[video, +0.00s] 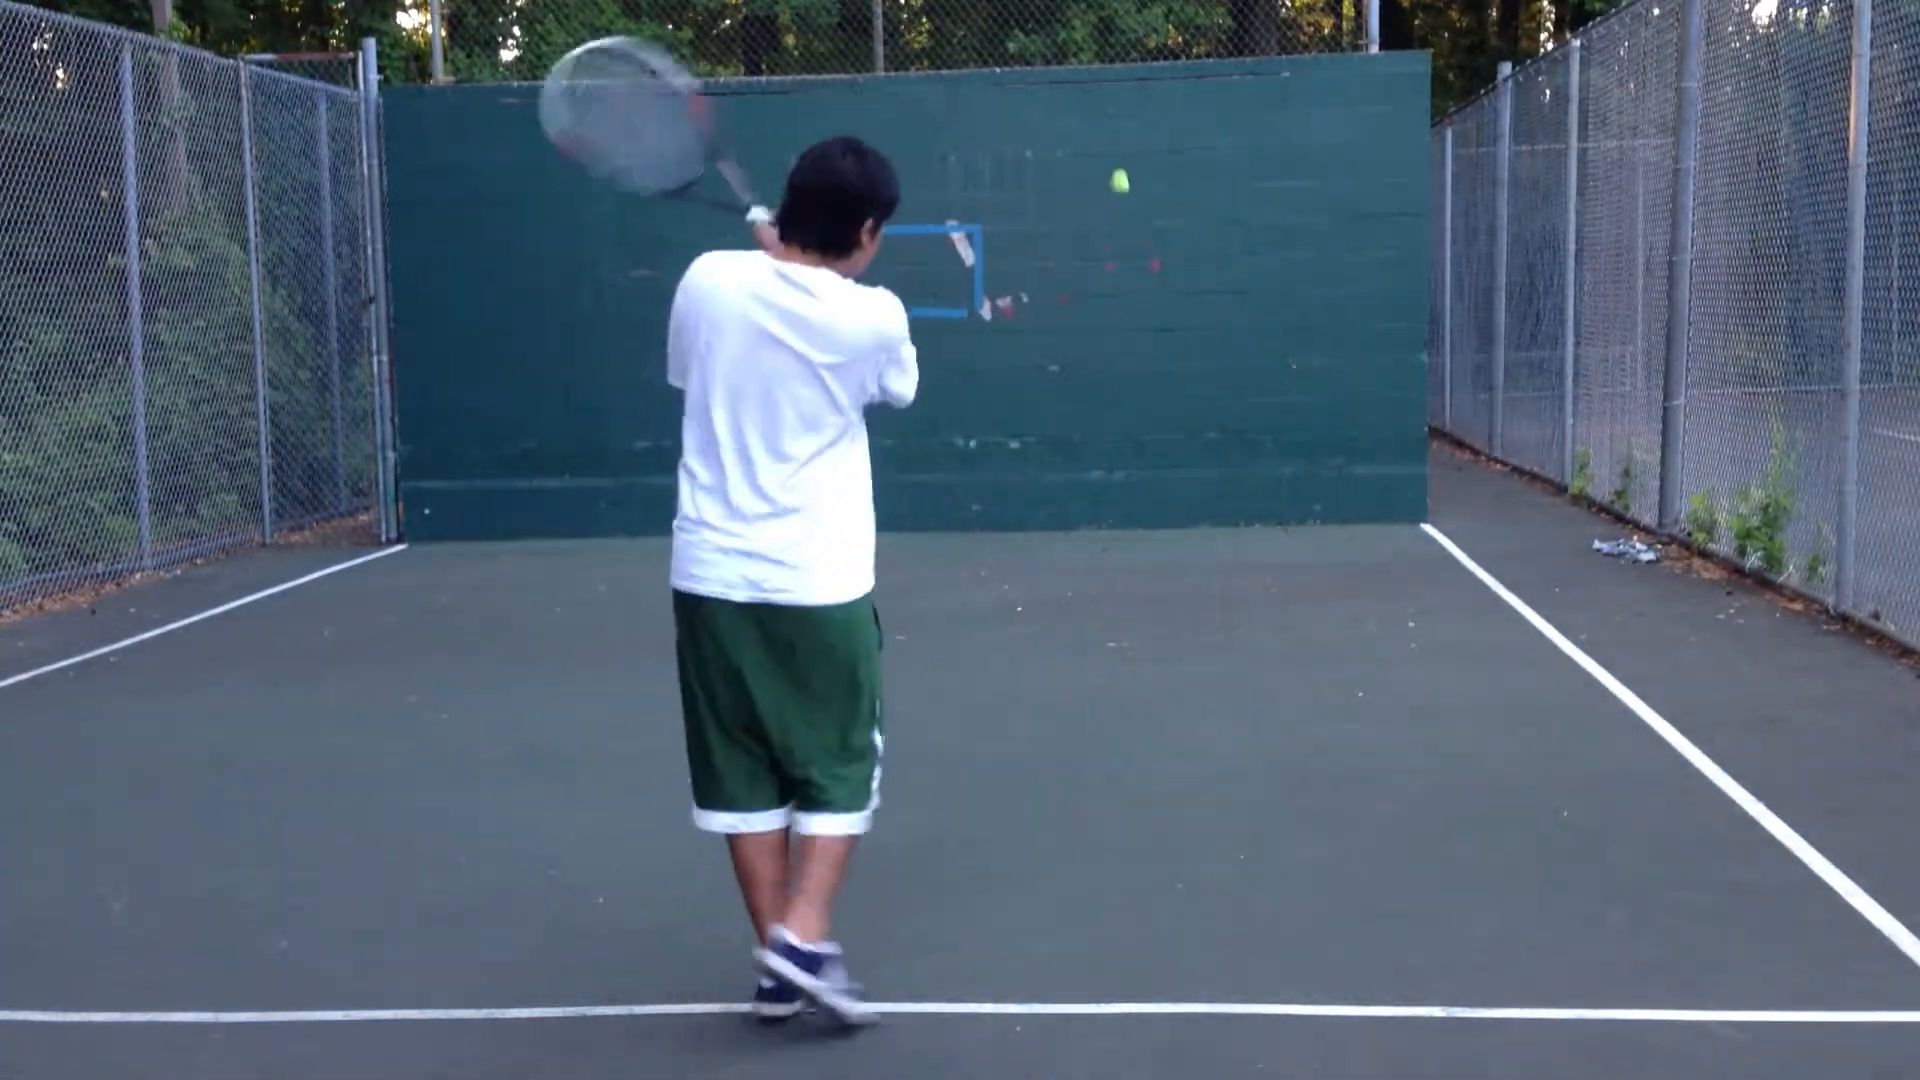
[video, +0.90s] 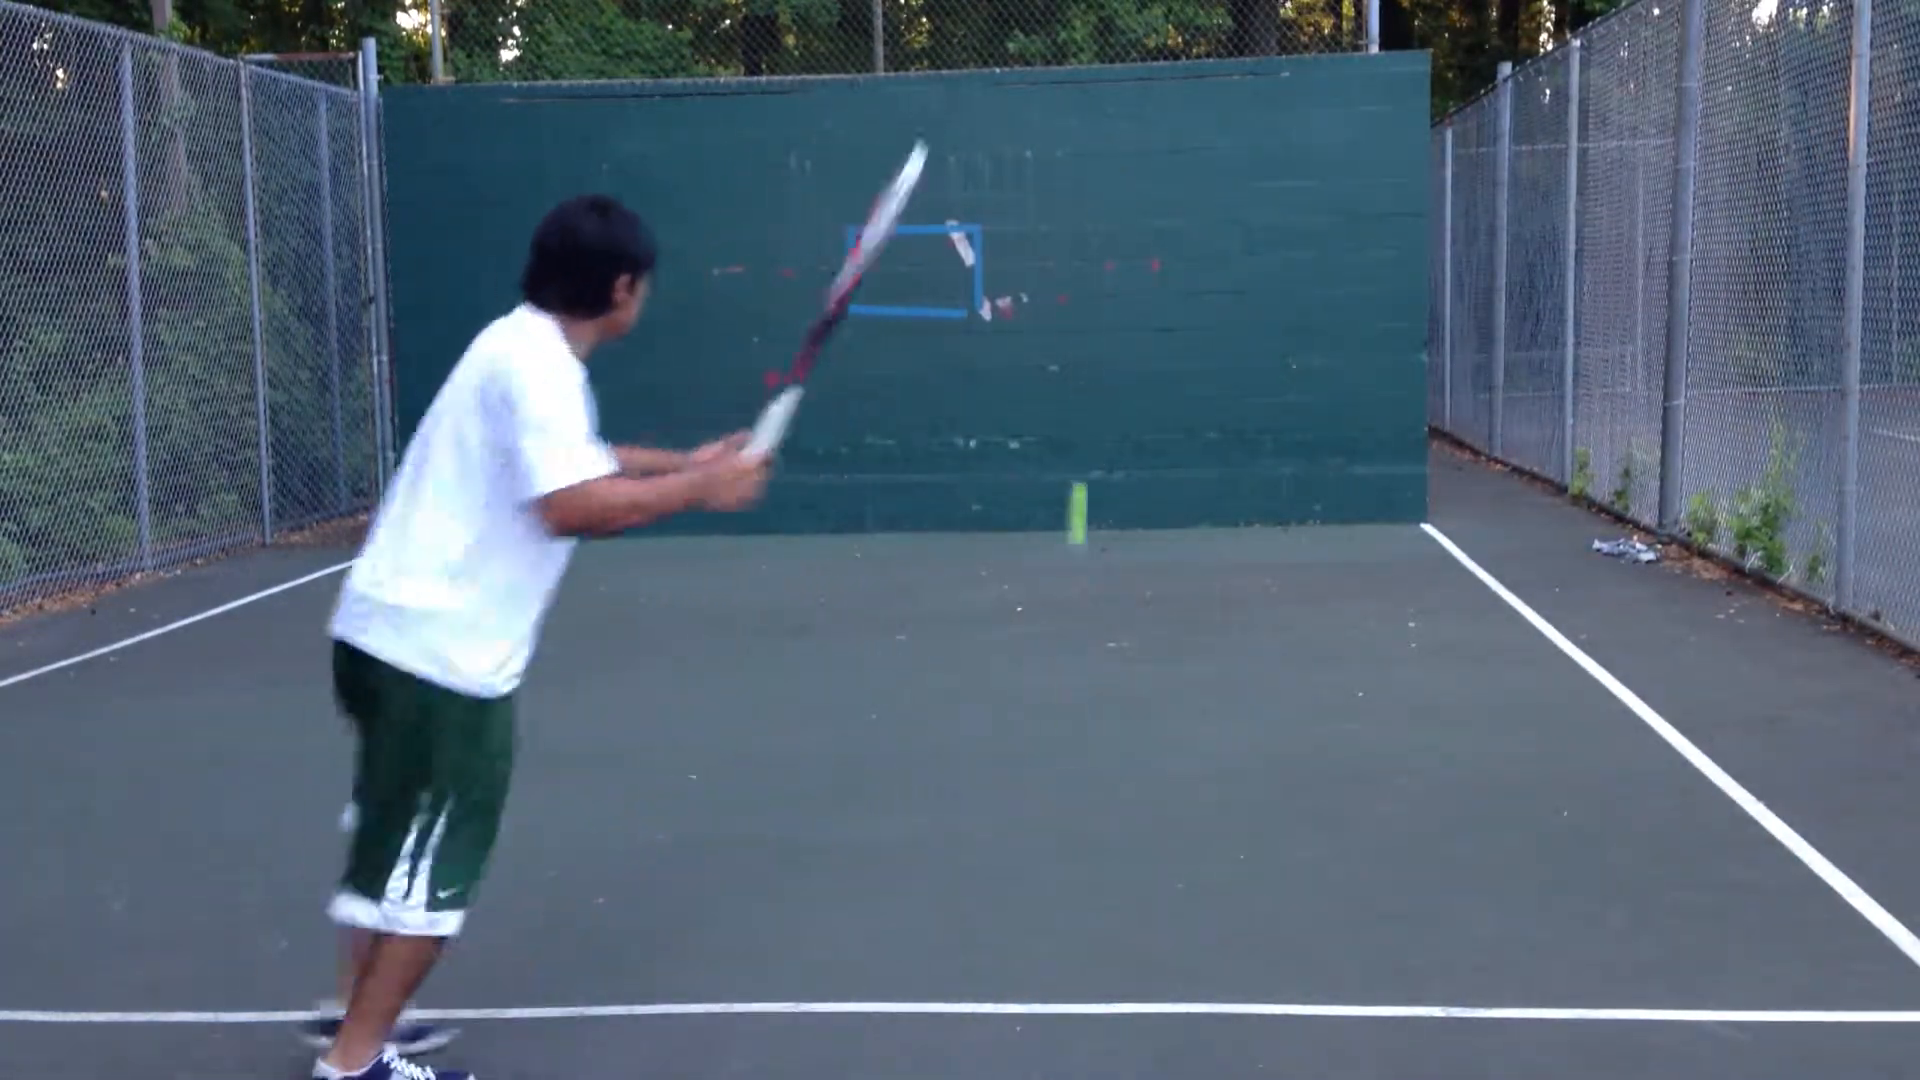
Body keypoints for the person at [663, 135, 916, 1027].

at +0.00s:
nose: (881, 238)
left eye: (877, 224)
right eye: (880, 227)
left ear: (787, 214)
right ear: (865, 236)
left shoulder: (709, 278)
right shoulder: (870, 314)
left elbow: (683, 373)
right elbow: (896, 387)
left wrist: (773, 267)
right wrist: (798, 266)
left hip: (710, 573)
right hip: (822, 581)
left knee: (741, 771)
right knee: (839, 763)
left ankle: (779, 964)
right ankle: (804, 938)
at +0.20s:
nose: (867, 258)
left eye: (866, 247)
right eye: (867, 249)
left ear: (771, 245)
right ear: (856, 259)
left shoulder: (707, 320)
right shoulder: (875, 337)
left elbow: (683, 432)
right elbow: (908, 438)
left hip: (720, 607)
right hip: (840, 609)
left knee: (725, 769)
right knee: (882, 778)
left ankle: (745, 936)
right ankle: (899, 966)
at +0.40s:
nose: (816, 272)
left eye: (815, 258)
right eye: (814, 261)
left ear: (718, 259)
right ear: (802, 274)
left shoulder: (651, 347)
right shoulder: (813, 367)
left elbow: (663, 457)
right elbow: (844, 497)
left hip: (672, 636)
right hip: (792, 639)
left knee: (670, 786)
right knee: (874, 795)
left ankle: (606, 955)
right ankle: (898, 966)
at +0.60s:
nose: (732, 272)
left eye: (731, 256)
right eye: (728, 258)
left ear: (641, 249)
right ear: (706, 265)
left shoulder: (586, 318)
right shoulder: (682, 355)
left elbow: (632, 427)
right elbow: (727, 490)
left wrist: (745, 407)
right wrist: (801, 456)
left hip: (542, 618)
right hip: (640, 632)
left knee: (591, 813)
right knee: (738, 802)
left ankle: (574, 997)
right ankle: (784, 970)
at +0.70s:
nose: (708, 254)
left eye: (709, 239)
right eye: (705, 239)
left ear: (617, 229)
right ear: (681, 245)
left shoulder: (566, 293)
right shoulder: (641, 331)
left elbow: (606, 420)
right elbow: (689, 472)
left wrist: (716, 410)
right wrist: (788, 448)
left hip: (478, 574)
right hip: (557, 596)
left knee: (531, 791)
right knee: (623, 801)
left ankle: (556, 979)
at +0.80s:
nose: (676, 269)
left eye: (675, 253)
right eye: (672, 254)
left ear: (589, 243)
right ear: (642, 261)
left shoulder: (544, 304)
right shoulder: (592, 339)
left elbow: (588, 428)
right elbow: (644, 477)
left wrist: (700, 425)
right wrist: (771, 455)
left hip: (437, 586)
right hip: (486, 612)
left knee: (474, 806)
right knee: (497, 828)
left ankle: (459, 986)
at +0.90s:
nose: (641, 300)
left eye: (641, 283)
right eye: (639, 285)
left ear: (551, 274)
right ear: (616, 293)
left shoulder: (517, 344)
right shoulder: (536, 366)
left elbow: (580, 458)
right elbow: (567, 505)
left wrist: (688, 462)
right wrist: (697, 489)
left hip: (399, 630)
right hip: (442, 653)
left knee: (393, 837)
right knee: (435, 872)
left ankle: (361, 1013)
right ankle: (356, 1058)